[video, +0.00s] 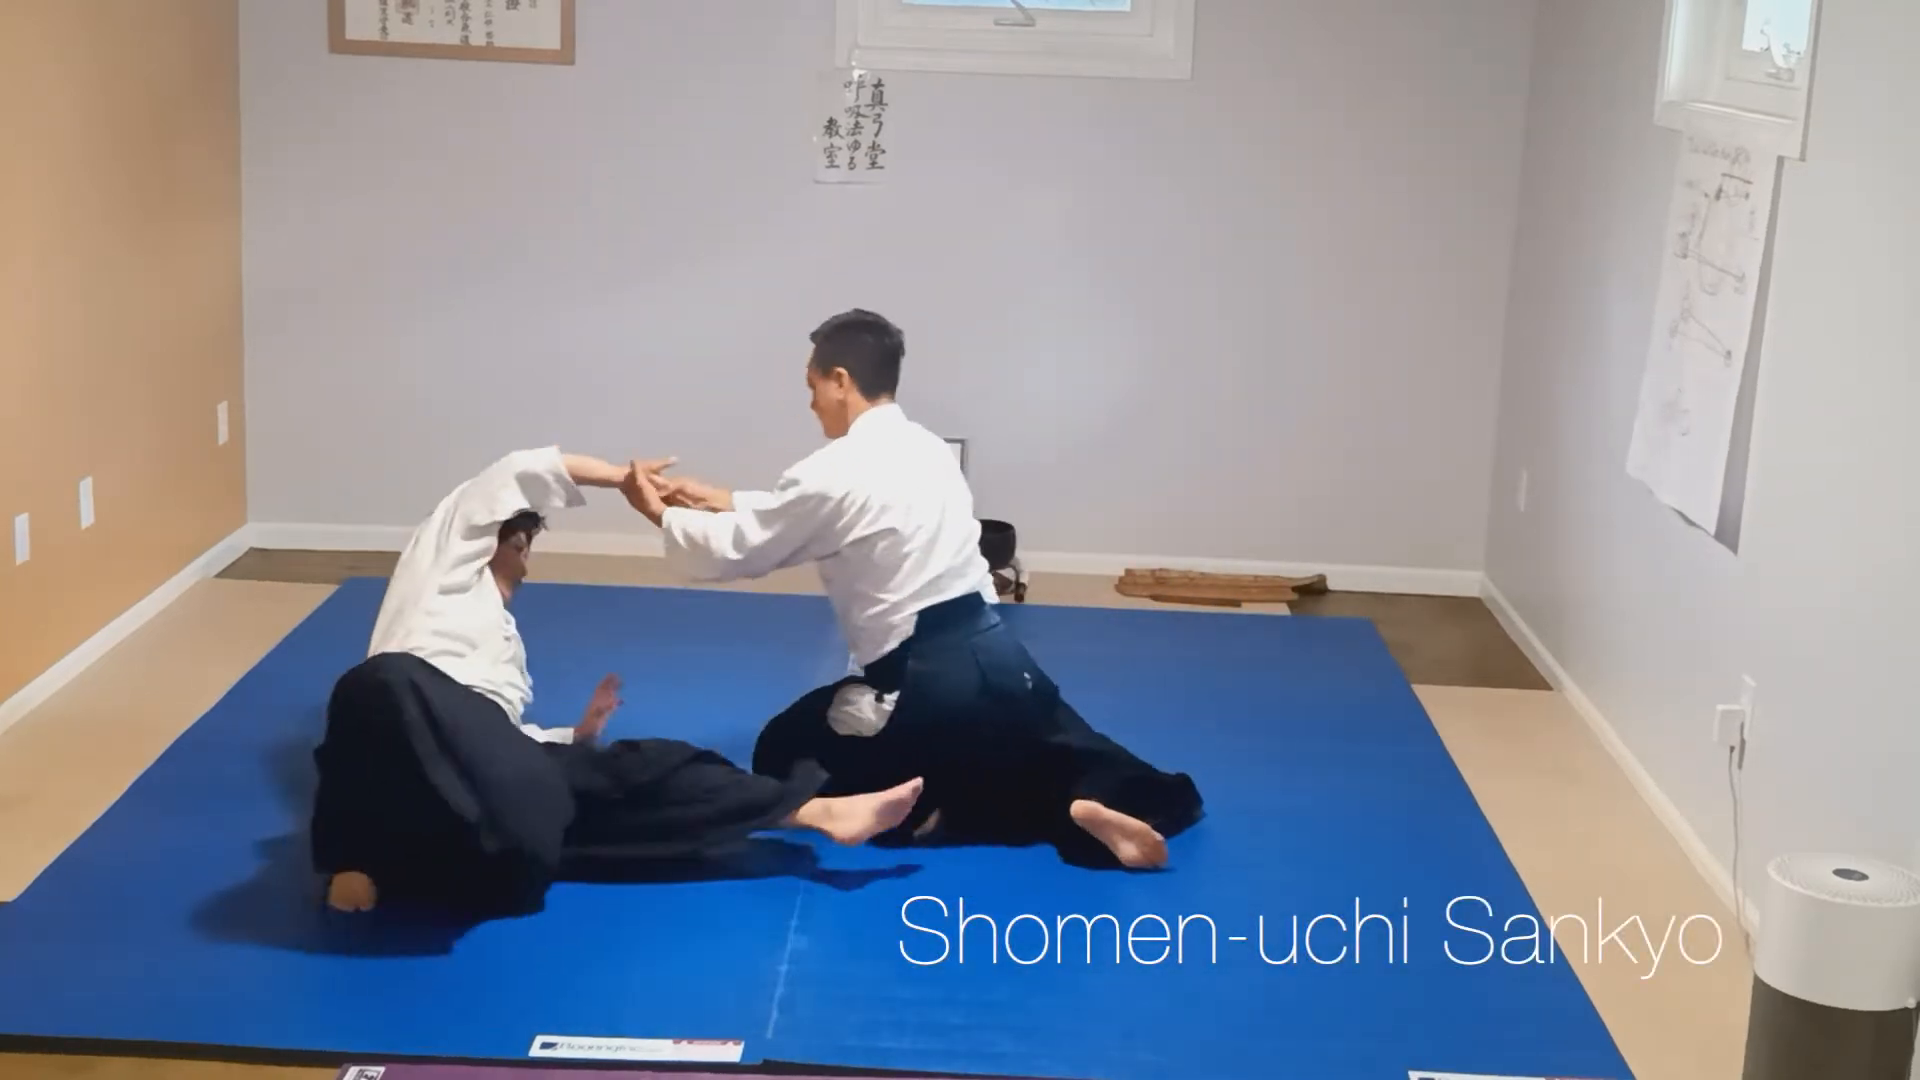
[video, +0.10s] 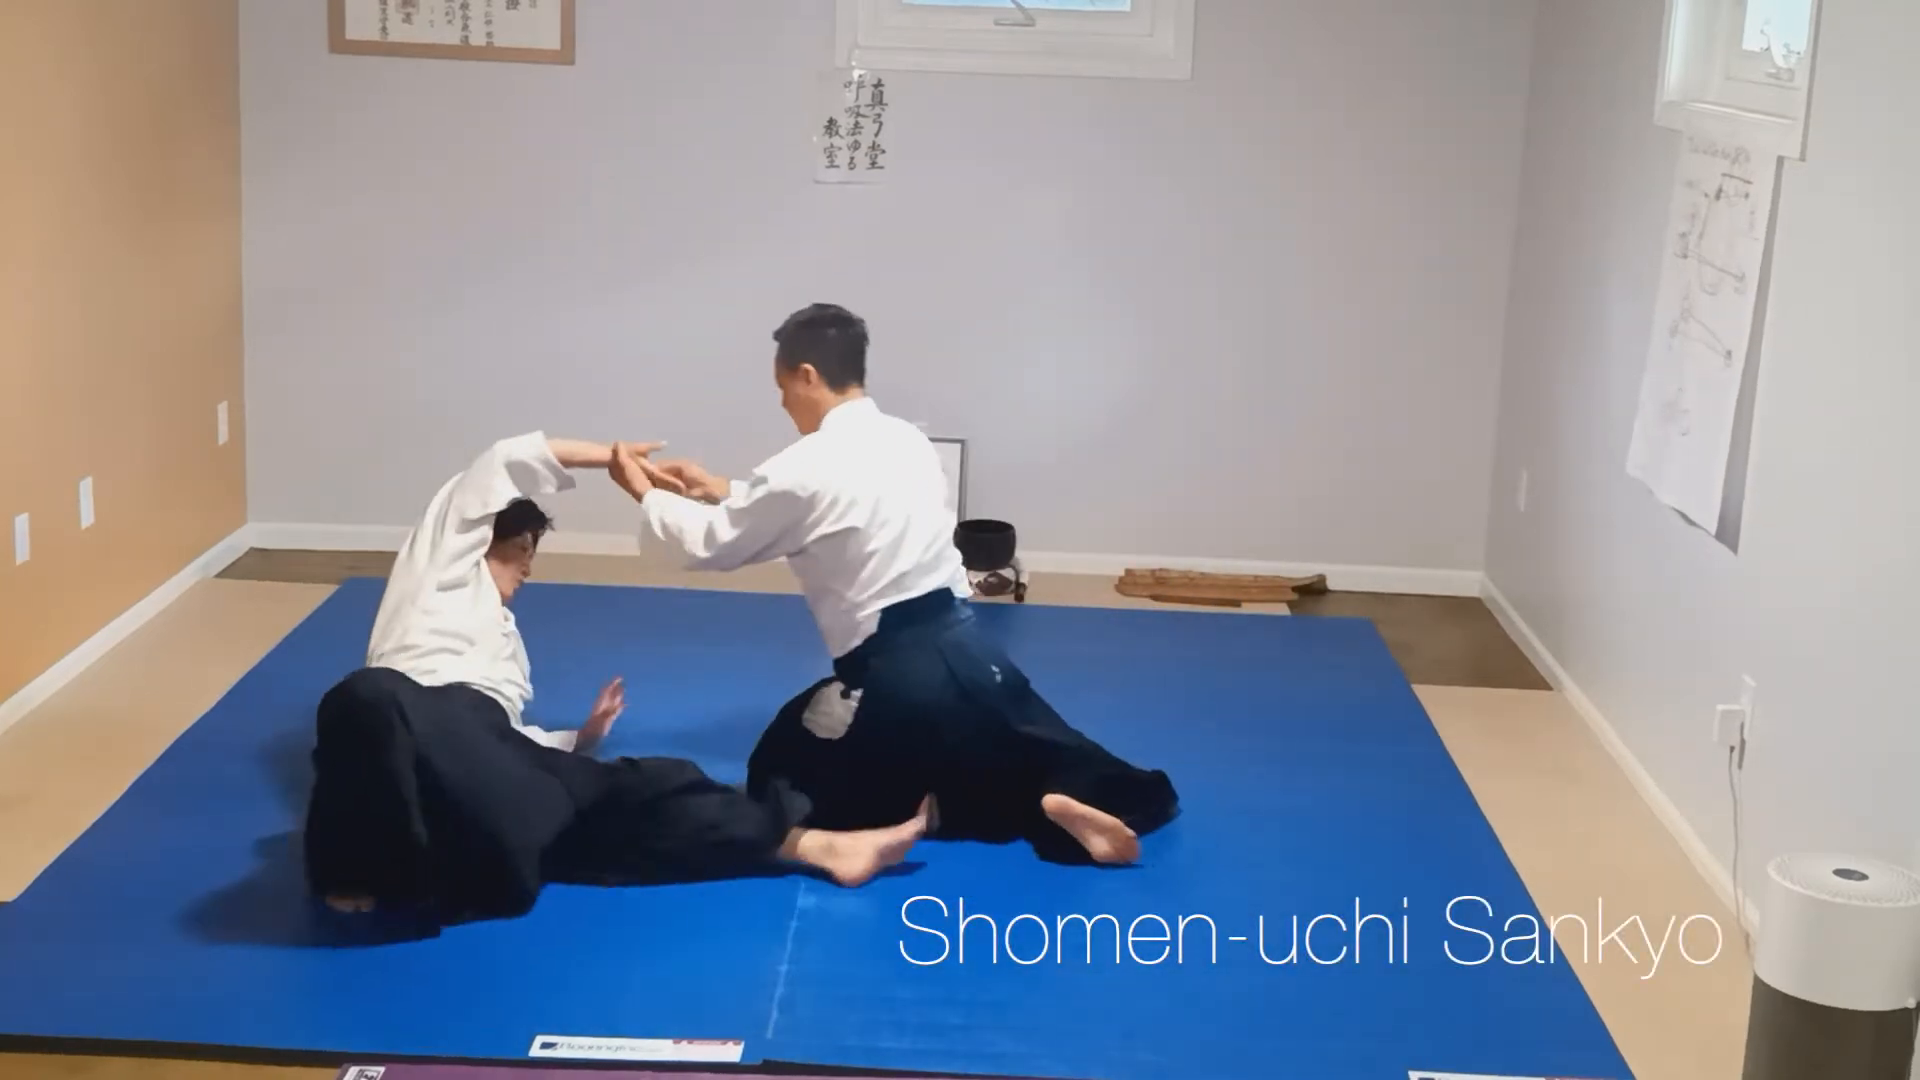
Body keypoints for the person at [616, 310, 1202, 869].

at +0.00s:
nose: (815, 405)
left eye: (814, 389)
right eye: (814, 388)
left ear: (837, 384)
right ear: (886, 384)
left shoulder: (833, 475)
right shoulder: (935, 452)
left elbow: (732, 547)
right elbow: (821, 512)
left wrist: (657, 512)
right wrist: (722, 499)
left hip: (917, 689)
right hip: (1009, 679)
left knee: (781, 753)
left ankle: (883, 796)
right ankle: (1082, 809)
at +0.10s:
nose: (783, 399)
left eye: (781, 385)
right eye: (781, 385)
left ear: (803, 378)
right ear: (857, 373)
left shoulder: (805, 469)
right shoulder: (912, 441)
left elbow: (712, 543)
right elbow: (817, 508)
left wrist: (643, 495)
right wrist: (716, 491)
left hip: (886, 680)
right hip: (973, 659)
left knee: (777, 775)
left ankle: (902, 804)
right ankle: (1068, 811)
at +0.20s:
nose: (747, 395)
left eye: (746, 380)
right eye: (745, 380)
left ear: (770, 372)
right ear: (817, 359)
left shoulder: (777, 457)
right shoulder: (885, 426)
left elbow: (690, 530)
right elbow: (809, 503)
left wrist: (631, 471)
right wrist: (718, 471)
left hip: (873, 665)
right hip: (953, 646)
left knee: (775, 782)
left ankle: (924, 802)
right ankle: (1027, 798)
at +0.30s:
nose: (730, 389)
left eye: (726, 373)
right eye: (726, 374)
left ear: (747, 361)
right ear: (801, 351)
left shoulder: (756, 444)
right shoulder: (868, 411)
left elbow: (676, 513)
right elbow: (806, 492)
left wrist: (630, 453)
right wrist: (709, 459)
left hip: (861, 638)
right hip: (936, 610)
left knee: (772, 782)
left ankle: (905, 802)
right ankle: (994, 779)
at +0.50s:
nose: (708, 372)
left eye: (703, 362)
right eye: (702, 363)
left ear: (723, 346)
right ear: (772, 327)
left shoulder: (733, 424)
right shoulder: (840, 383)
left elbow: (687, 518)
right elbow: (782, 446)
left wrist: (673, 455)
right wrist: (693, 419)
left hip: (848, 609)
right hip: (916, 573)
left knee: (770, 790)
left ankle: (896, 799)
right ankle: (934, 771)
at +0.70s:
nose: (708, 380)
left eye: (702, 366)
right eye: (700, 368)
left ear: (728, 344)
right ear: (759, 333)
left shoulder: (740, 414)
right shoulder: (823, 377)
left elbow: (706, 528)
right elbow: (753, 438)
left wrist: (668, 490)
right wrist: (655, 440)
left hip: (851, 592)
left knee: (772, 777)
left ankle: (933, 755)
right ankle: (930, 714)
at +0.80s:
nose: (710, 390)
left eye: (706, 375)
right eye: (703, 377)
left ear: (735, 350)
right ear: (744, 345)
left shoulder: (760, 417)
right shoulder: (811, 381)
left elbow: (727, 537)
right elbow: (728, 447)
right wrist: (661, 464)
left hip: (859, 596)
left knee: (780, 776)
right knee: (759, 586)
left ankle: (936, 755)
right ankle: (920, 717)